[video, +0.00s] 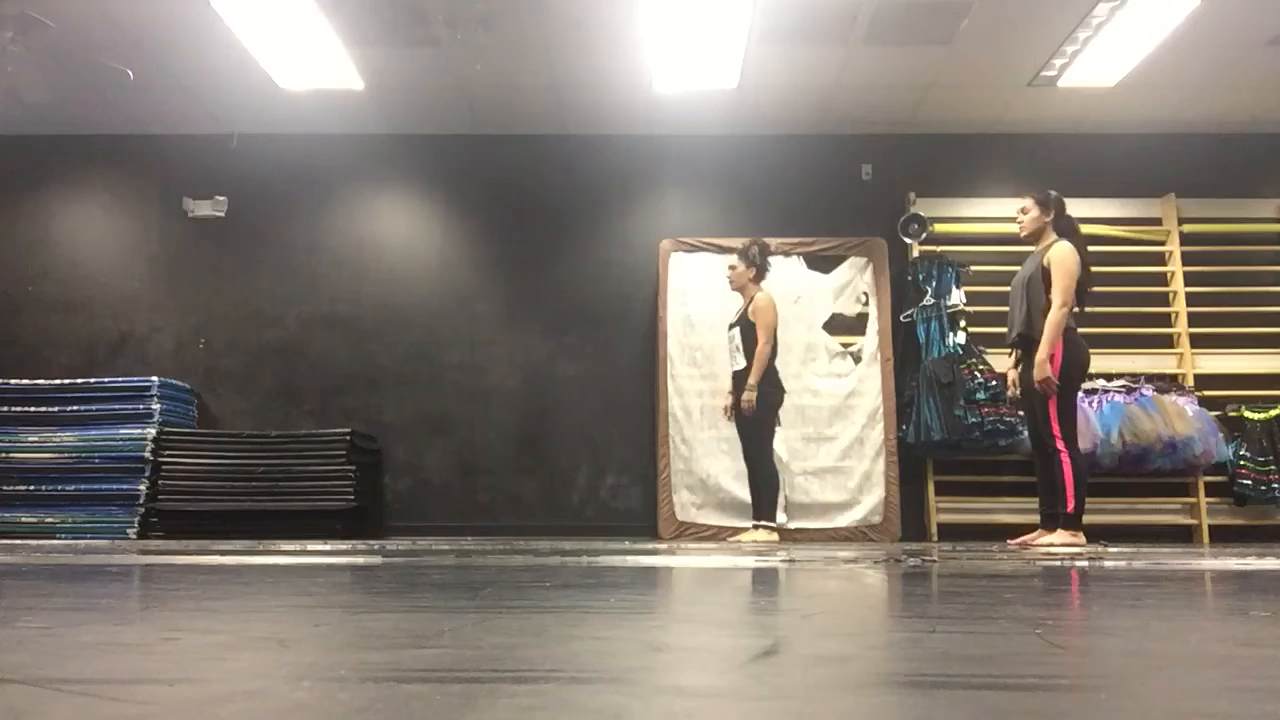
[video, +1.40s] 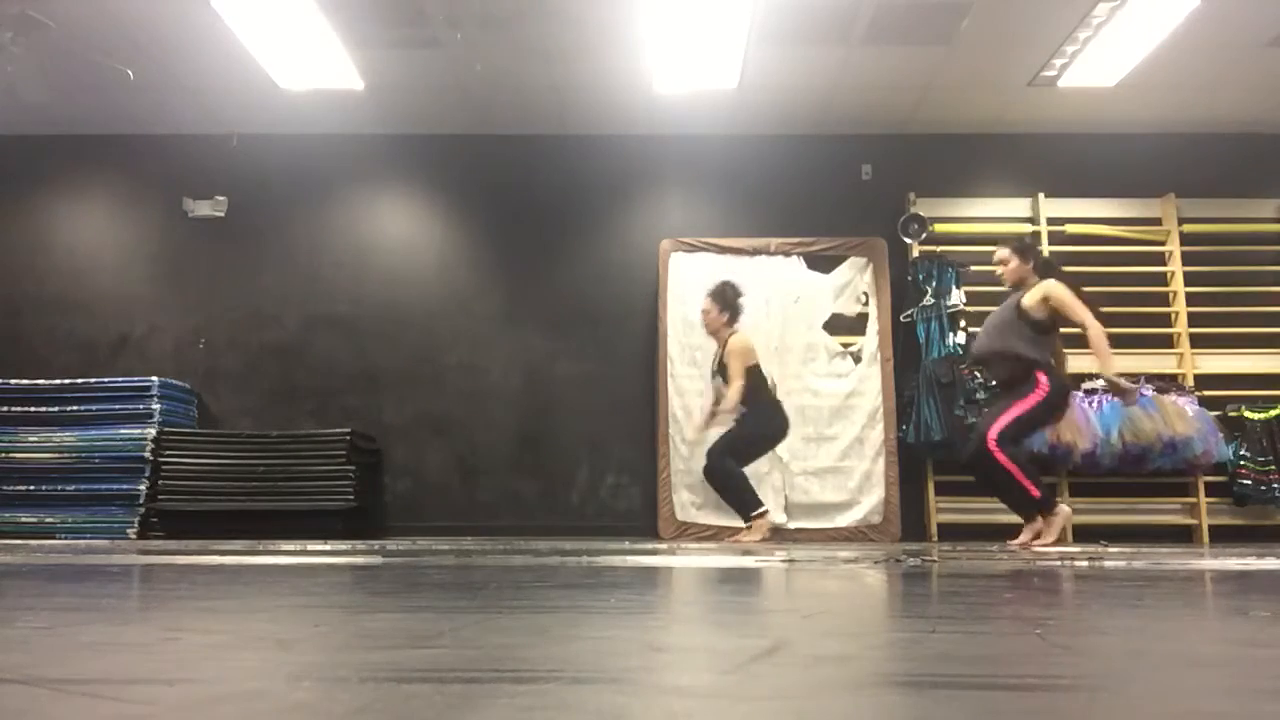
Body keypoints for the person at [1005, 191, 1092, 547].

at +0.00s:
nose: (1018, 219)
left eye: (1025, 212)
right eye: (1018, 213)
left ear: (1048, 214)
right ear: (1040, 217)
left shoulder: (1062, 250)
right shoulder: (1036, 256)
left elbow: (1062, 306)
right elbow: (1027, 314)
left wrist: (1043, 358)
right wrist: (1014, 361)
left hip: (1058, 348)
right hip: (1038, 351)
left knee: (1059, 439)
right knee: (1042, 440)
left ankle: (1071, 528)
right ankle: (1050, 525)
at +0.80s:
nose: (981, 230)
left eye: (987, 223)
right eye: (981, 224)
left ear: (1010, 224)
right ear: (997, 227)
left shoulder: (1032, 254)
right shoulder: (990, 271)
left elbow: (1007, 298)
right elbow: (964, 312)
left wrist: (974, 341)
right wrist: (956, 348)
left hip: (1064, 352)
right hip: (1036, 357)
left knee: (1060, 436)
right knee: (1038, 437)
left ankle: (1071, 529)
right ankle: (1049, 526)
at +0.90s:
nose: (983, 230)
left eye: (989, 223)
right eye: (982, 224)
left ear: (1012, 223)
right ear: (1004, 225)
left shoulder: (1030, 247)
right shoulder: (993, 264)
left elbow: (1020, 278)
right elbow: (969, 295)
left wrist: (963, 303)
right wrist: (947, 313)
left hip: (1060, 350)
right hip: (1034, 355)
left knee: (1048, 436)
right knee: (1029, 437)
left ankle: (1070, 528)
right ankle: (1048, 526)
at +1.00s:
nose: (995, 229)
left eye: (999, 222)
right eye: (994, 223)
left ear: (1022, 222)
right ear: (1009, 226)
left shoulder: (1039, 243)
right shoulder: (1008, 258)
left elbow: (1054, 275)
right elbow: (997, 296)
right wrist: (958, 287)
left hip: (1047, 349)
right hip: (1024, 353)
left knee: (1023, 433)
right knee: (1006, 436)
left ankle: (1067, 523)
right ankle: (1040, 521)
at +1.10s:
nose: (1008, 237)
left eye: (1013, 230)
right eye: (1006, 231)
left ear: (1035, 228)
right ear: (1024, 231)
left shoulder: (1055, 255)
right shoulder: (1024, 266)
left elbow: (1098, 289)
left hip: (1031, 350)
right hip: (1009, 353)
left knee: (997, 428)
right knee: (974, 433)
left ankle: (1050, 509)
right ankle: (1022, 509)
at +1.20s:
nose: (1013, 249)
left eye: (1018, 242)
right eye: (1011, 244)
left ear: (1040, 239)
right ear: (1025, 245)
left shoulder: (1065, 266)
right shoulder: (1032, 276)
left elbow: (1099, 299)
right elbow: (1068, 323)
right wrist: (1067, 341)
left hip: (1019, 351)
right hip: (998, 353)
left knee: (985, 426)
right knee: (965, 430)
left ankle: (1038, 507)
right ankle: (1013, 511)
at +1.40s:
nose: (998, 271)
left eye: (1003, 263)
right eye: (997, 265)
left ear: (1027, 261)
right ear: (1021, 265)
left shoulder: (1047, 288)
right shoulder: (1018, 301)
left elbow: (1092, 325)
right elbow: (1055, 353)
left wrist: (1109, 374)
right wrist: (1060, 405)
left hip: (1041, 385)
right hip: (1016, 388)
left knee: (991, 441)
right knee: (976, 452)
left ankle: (1052, 511)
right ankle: (1033, 518)